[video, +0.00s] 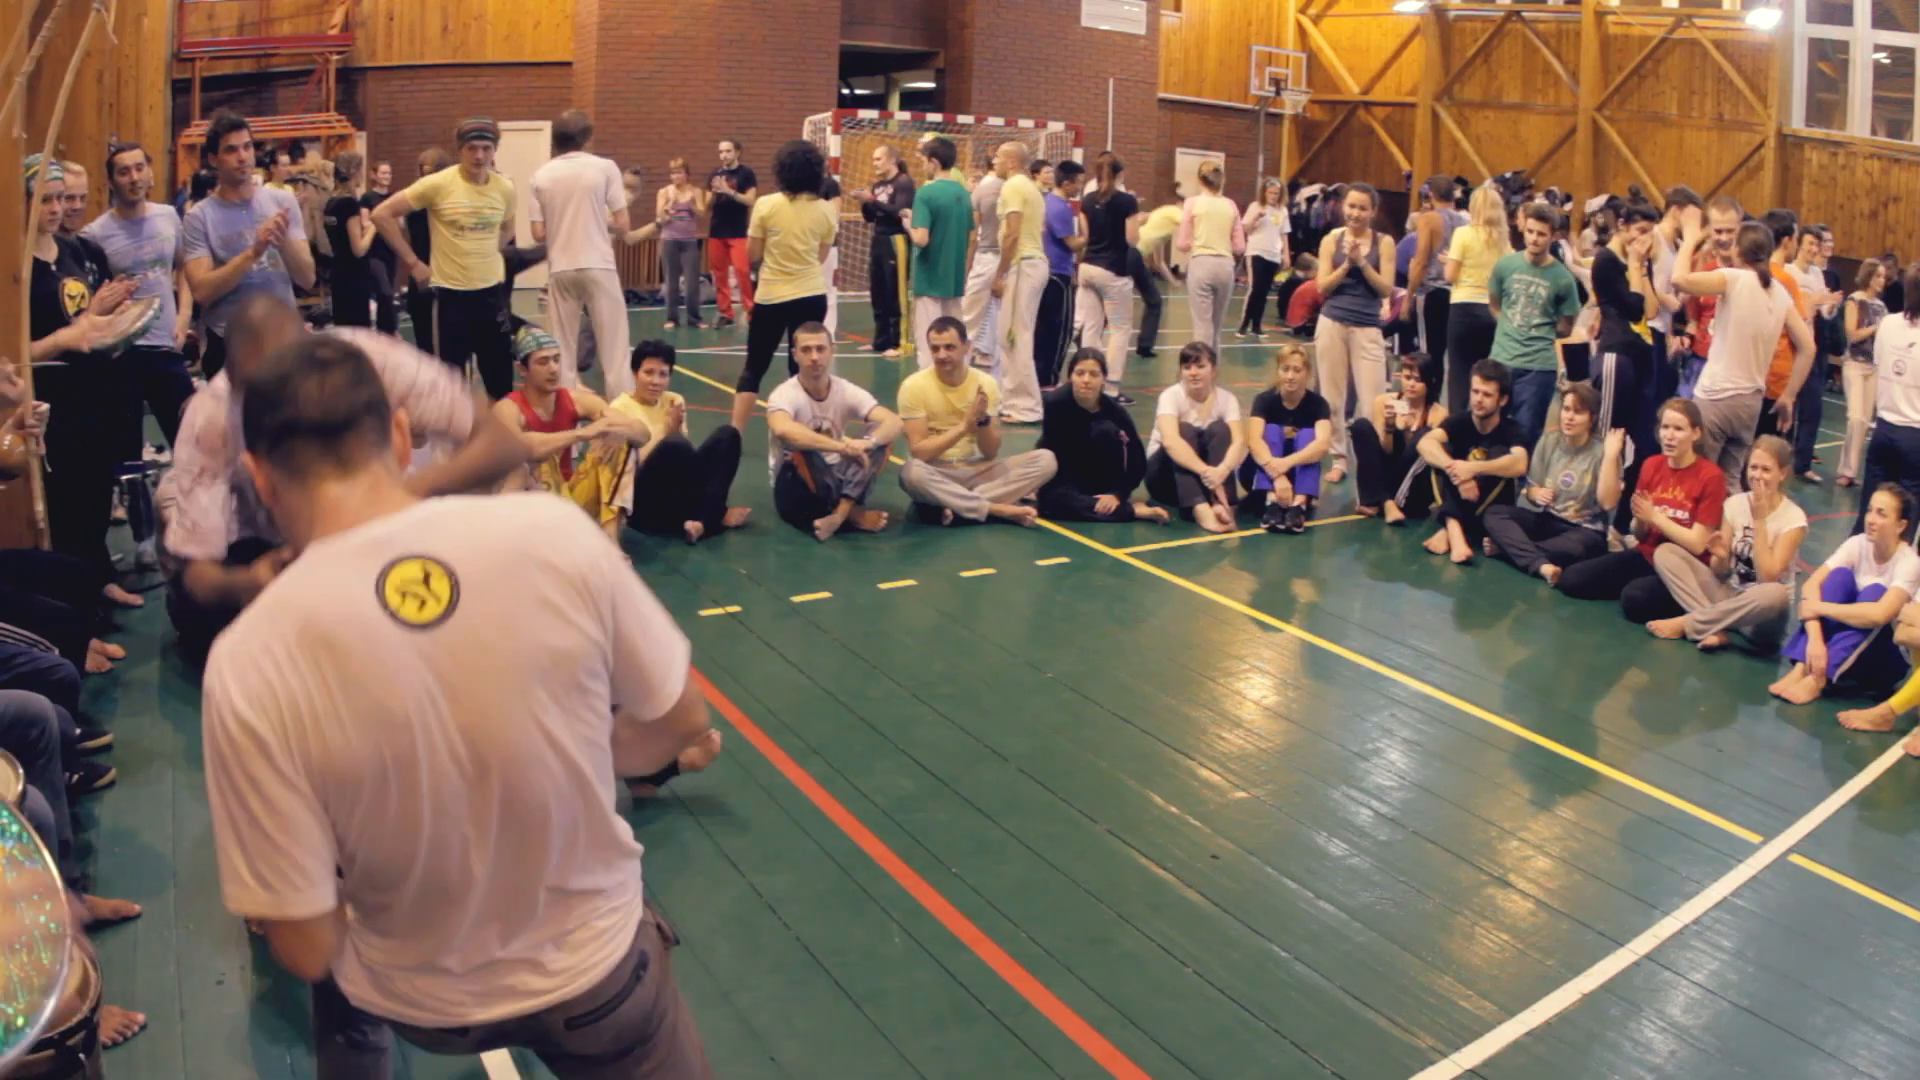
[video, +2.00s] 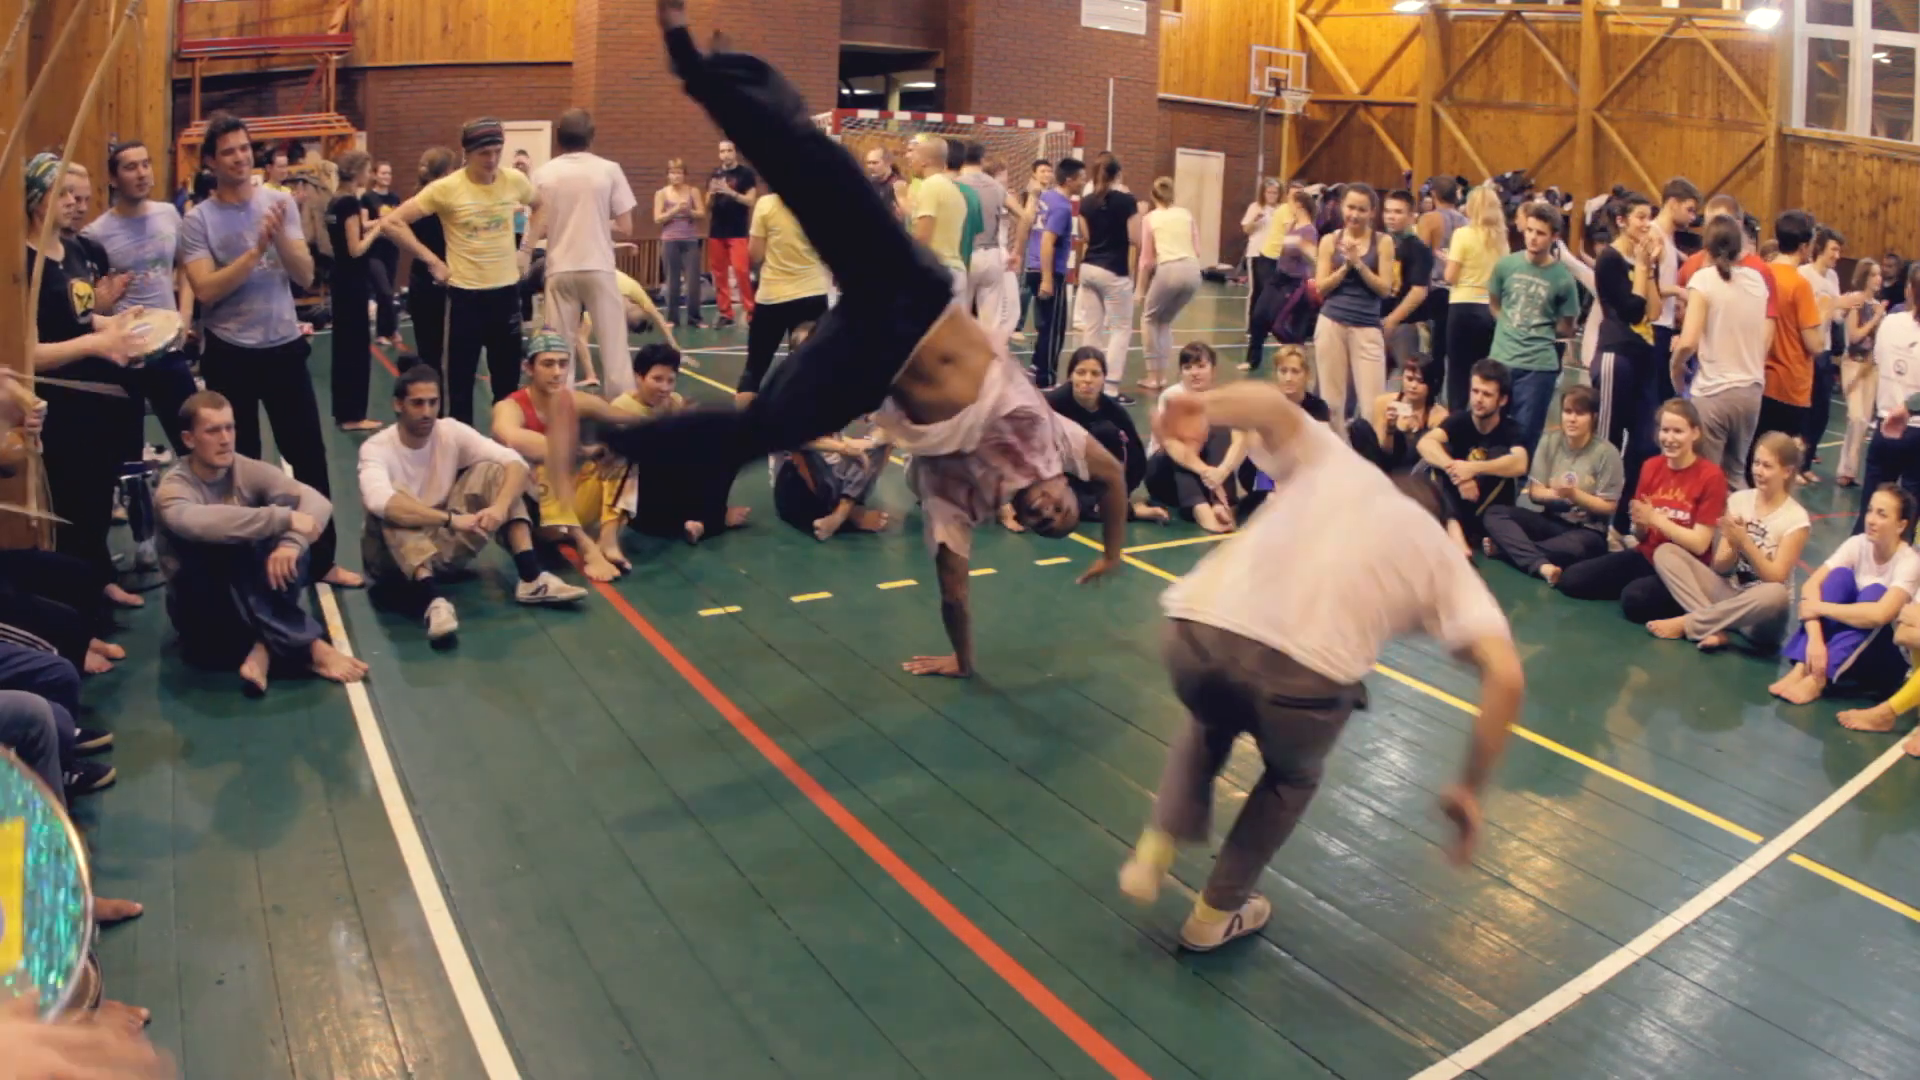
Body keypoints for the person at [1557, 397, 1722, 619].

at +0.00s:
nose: (1669, 435)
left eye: (1678, 429)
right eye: (1665, 427)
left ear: (1696, 434)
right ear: (1658, 430)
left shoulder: (1711, 476)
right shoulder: (1651, 465)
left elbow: (1697, 544)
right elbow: (1639, 533)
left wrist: (1653, 517)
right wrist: (1641, 516)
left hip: (1683, 566)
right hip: (1647, 555)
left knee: (1634, 601)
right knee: (1571, 581)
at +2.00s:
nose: (1669, 438)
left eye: (1678, 431)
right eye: (1665, 430)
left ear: (1695, 433)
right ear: (1657, 432)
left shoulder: (1711, 476)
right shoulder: (1651, 466)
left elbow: (1699, 544)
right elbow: (1640, 535)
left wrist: (1653, 519)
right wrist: (1640, 520)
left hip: (1683, 566)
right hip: (1647, 555)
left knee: (1634, 601)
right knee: (1570, 582)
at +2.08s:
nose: (1670, 438)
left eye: (1679, 431)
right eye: (1666, 430)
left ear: (1697, 434)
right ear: (1658, 431)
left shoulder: (1712, 476)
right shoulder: (1651, 466)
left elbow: (1701, 544)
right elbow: (1640, 535)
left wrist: (1658, 519)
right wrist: (1634, 519)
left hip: (1683, 566)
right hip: (1647, 556)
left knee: (1635, 601)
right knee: (1570, 581)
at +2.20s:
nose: (1673, 437)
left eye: (1681, 431)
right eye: (1668, 429)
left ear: (1698, 435)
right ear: (1660, 431)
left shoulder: (1713, 476)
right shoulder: (1652, 466)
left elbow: (1700, 543)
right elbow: (1640, 534)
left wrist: (1659, 518)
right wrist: (1634, 516)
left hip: (1683, 566)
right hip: (1646, 556)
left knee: (1635, 601)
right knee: (1570, 581)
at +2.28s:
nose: (1674, 437)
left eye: (1683, 431)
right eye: (1670, 428)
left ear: (1700, 434)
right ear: (1662, 430)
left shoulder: (1713, 475)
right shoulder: (1652, 465)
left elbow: (1698, 542)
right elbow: (1639, 533)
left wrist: (1653, 517)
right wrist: (1643, 516)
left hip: (1685, 564)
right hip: (1647, 555)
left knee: (1634, 599)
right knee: (1598, 575)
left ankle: (1693, 603)